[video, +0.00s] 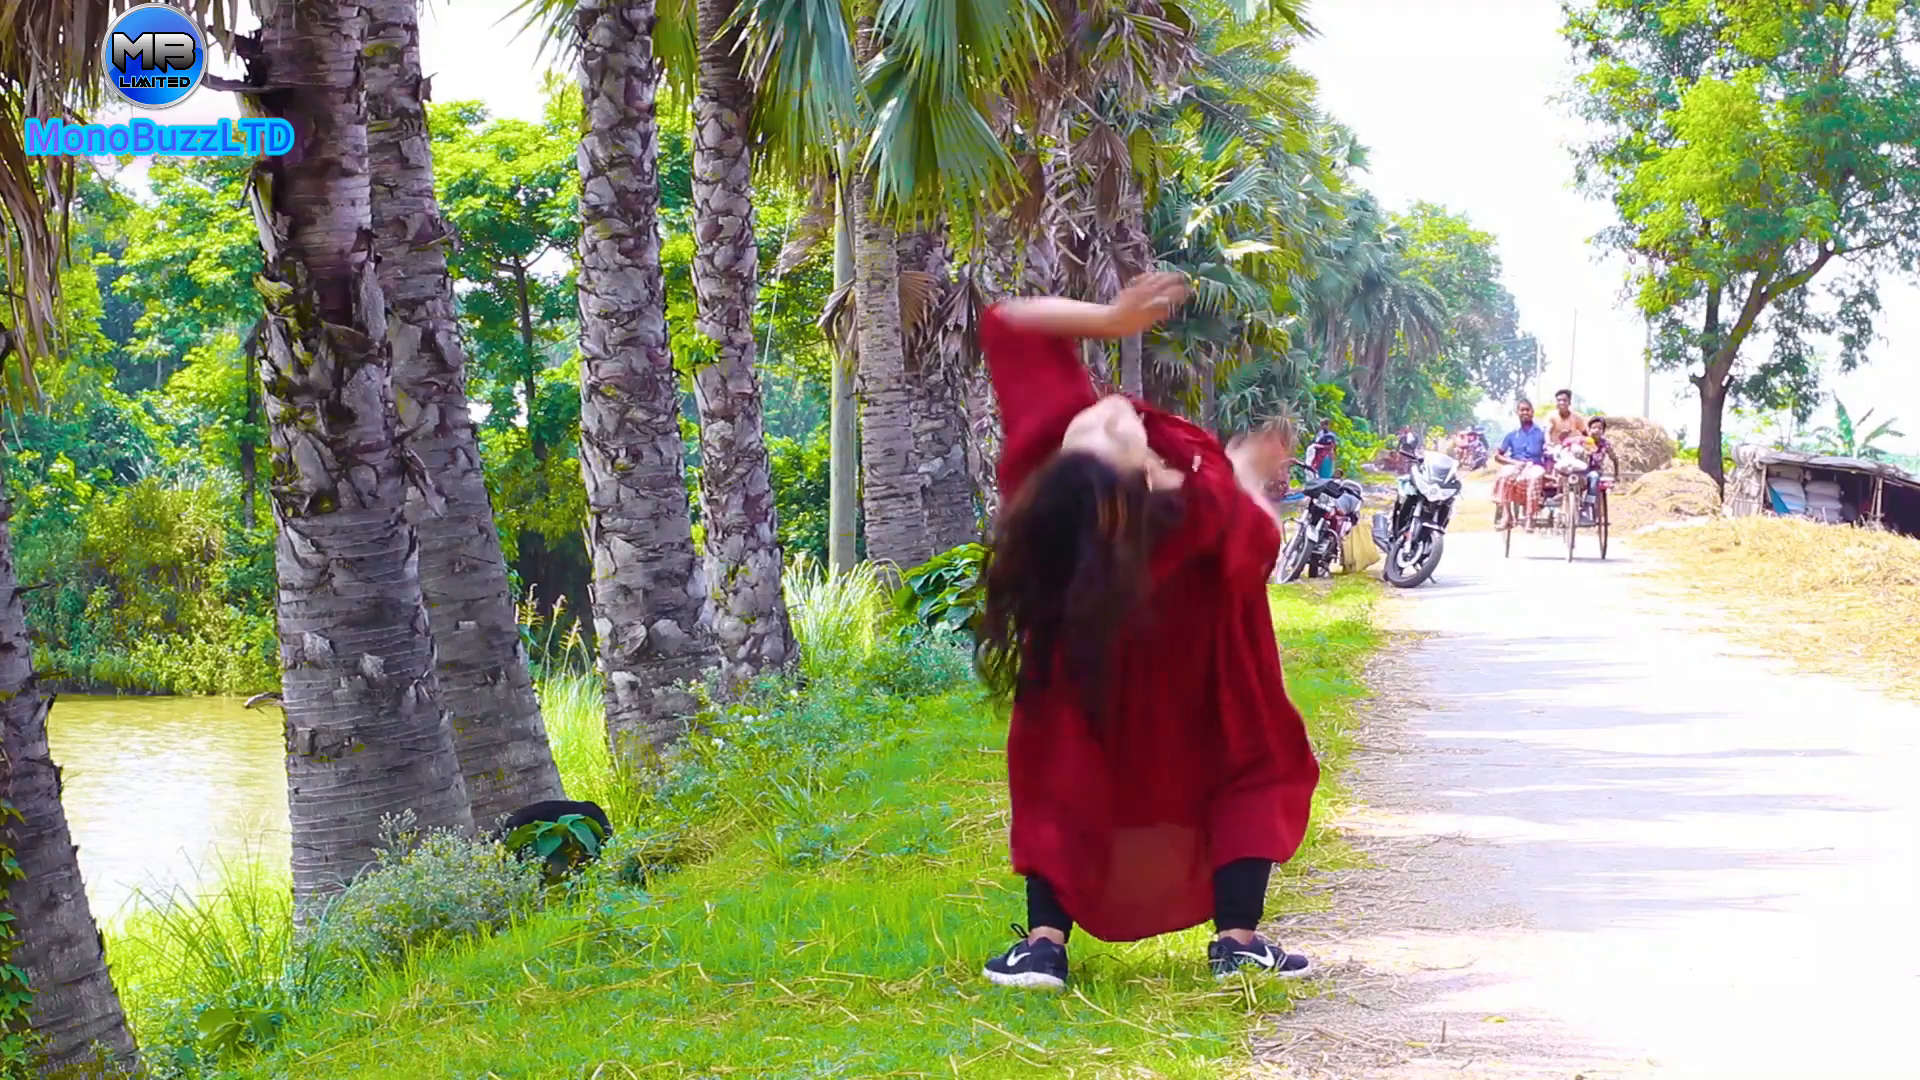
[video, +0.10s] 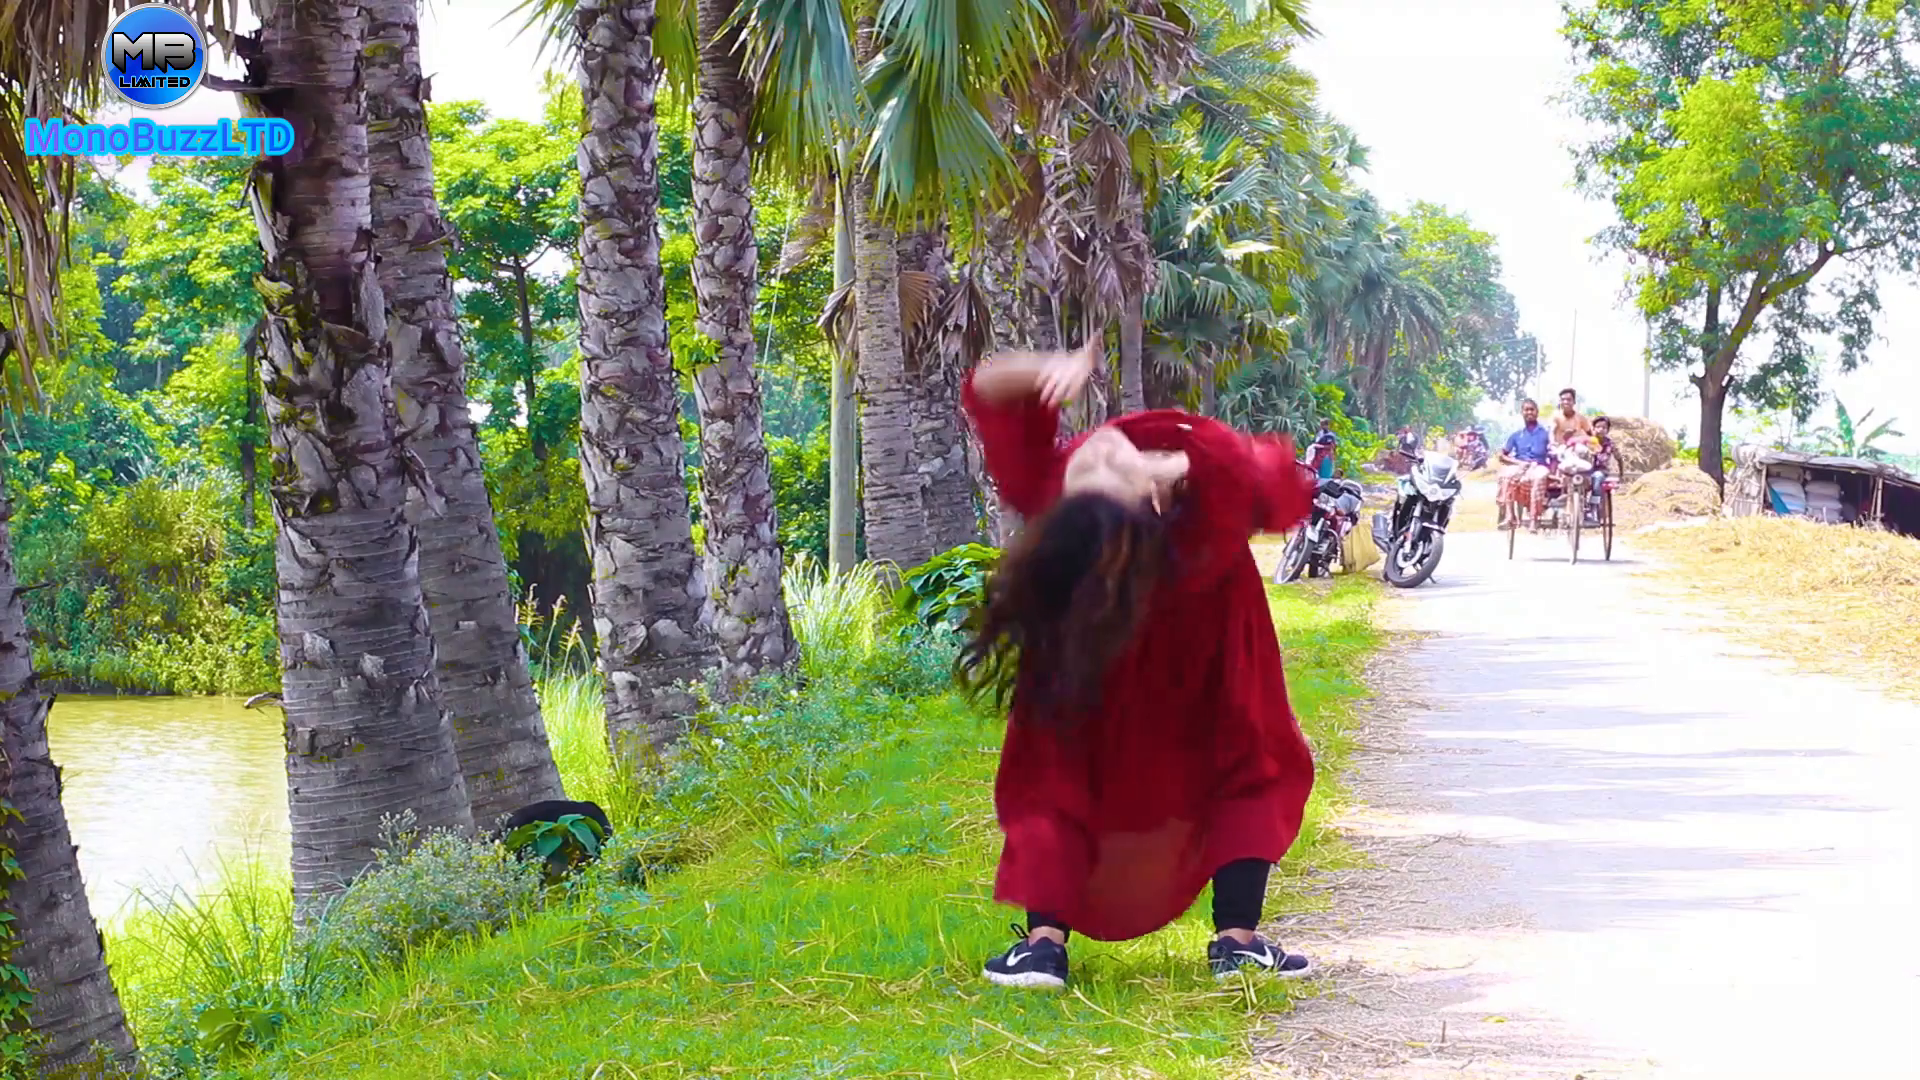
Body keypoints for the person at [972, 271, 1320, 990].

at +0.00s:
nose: (1105, 411)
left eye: (1089, 430)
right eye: (1119, 440)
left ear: (1060, 455)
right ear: (1148, 482)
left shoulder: (1040, 439)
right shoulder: (1201, 505)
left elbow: (1005, 319)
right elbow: (1259, 544)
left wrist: (1111, 319)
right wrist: (1251, 474)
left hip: (1073, 623)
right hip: (1201, 625)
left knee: (1055, 755)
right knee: (1255, 756)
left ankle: (1044, 941)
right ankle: (1239, 936)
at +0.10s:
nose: (1101, 463)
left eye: (1090, 480)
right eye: (1137, 484)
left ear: (1065, 495)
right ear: (1155, 505)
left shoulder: (1036, 480)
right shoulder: (1216, 465)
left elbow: (985, 384)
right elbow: (1287, 485)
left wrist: (1053, 369)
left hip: (1084, 607)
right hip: (1207, 600)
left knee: (1050, 755)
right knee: (1252, 755)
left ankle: (1044, 941)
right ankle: (1238, 935)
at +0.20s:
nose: (1115, 481)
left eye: (1090, 506)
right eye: (1135, 504)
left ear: (1071, 515)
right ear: (1168, 518)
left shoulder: (1043, 512)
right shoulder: (1219, 443)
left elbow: (980, 448)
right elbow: (1298, 394)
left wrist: (1028, 414)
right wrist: (1265, 376)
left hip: (1094, 616)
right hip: (1216, 613)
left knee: (1044, 757)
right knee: (1256, 756)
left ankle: (1042, 943)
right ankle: (1237, 935)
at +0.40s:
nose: (1106, 512)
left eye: (1094, 531)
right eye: (1126, 536)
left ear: (1076, 554)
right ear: (1165, 548)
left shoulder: (1053, 530)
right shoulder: (1215, 497)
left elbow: (1056, 487)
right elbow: (1265, 385)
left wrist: (1106, 425)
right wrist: (1179, 332)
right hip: (1231, 611)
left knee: (1057, 772)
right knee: (1270, 759)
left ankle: (1043, 944)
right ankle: (1241, 937)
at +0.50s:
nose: (1093, 525)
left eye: (1075, 546)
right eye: (1109, 546)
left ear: (1060, 559)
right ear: (1154, 562)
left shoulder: (1046, 525)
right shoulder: (1204, 513)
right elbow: (1274, 478)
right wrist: (1173, 457)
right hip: (1236, 639)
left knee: (1063, 775)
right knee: (1278, 768)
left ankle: (1044, 941)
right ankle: (1242, 937)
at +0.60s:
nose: (1081, 510)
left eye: (1057, 553)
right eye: (1089, 558)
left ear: (1042, 554)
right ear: (1134, 577)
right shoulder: (1193, 545)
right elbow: (1302, 543)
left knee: (1070, 781)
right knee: (1272, 767)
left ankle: (1045, 942)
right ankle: (1242, 936)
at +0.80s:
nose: (1091, 562)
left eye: (1073, 585)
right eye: (1106, 584)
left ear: (1059, 576)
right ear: (1143, 597)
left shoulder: (1040, 506)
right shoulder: (1207, 566)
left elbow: (977, 411)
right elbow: (1285, 564)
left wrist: (1064, 366)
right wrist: (1346, 491)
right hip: (1206, 640)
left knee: (1050, 766)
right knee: (1260, 764)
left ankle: (1041, 943)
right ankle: (1240, 939)